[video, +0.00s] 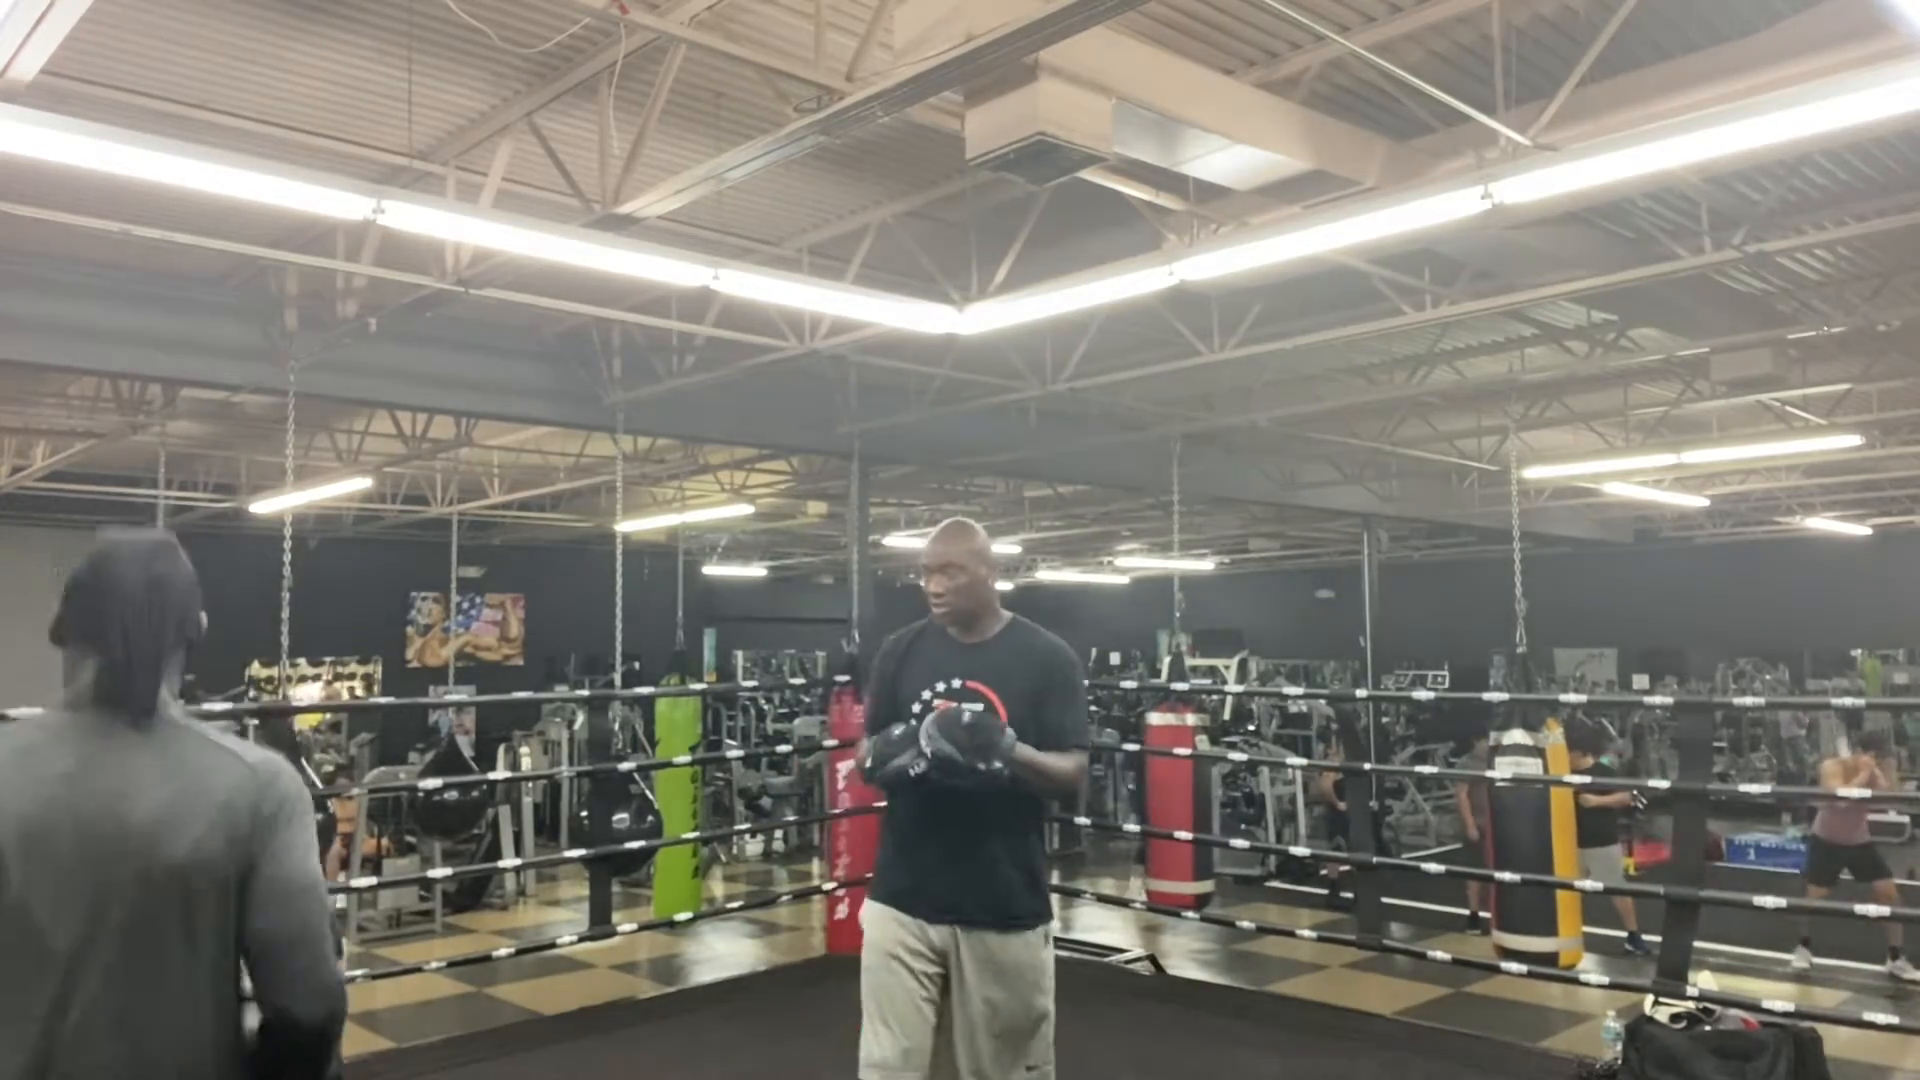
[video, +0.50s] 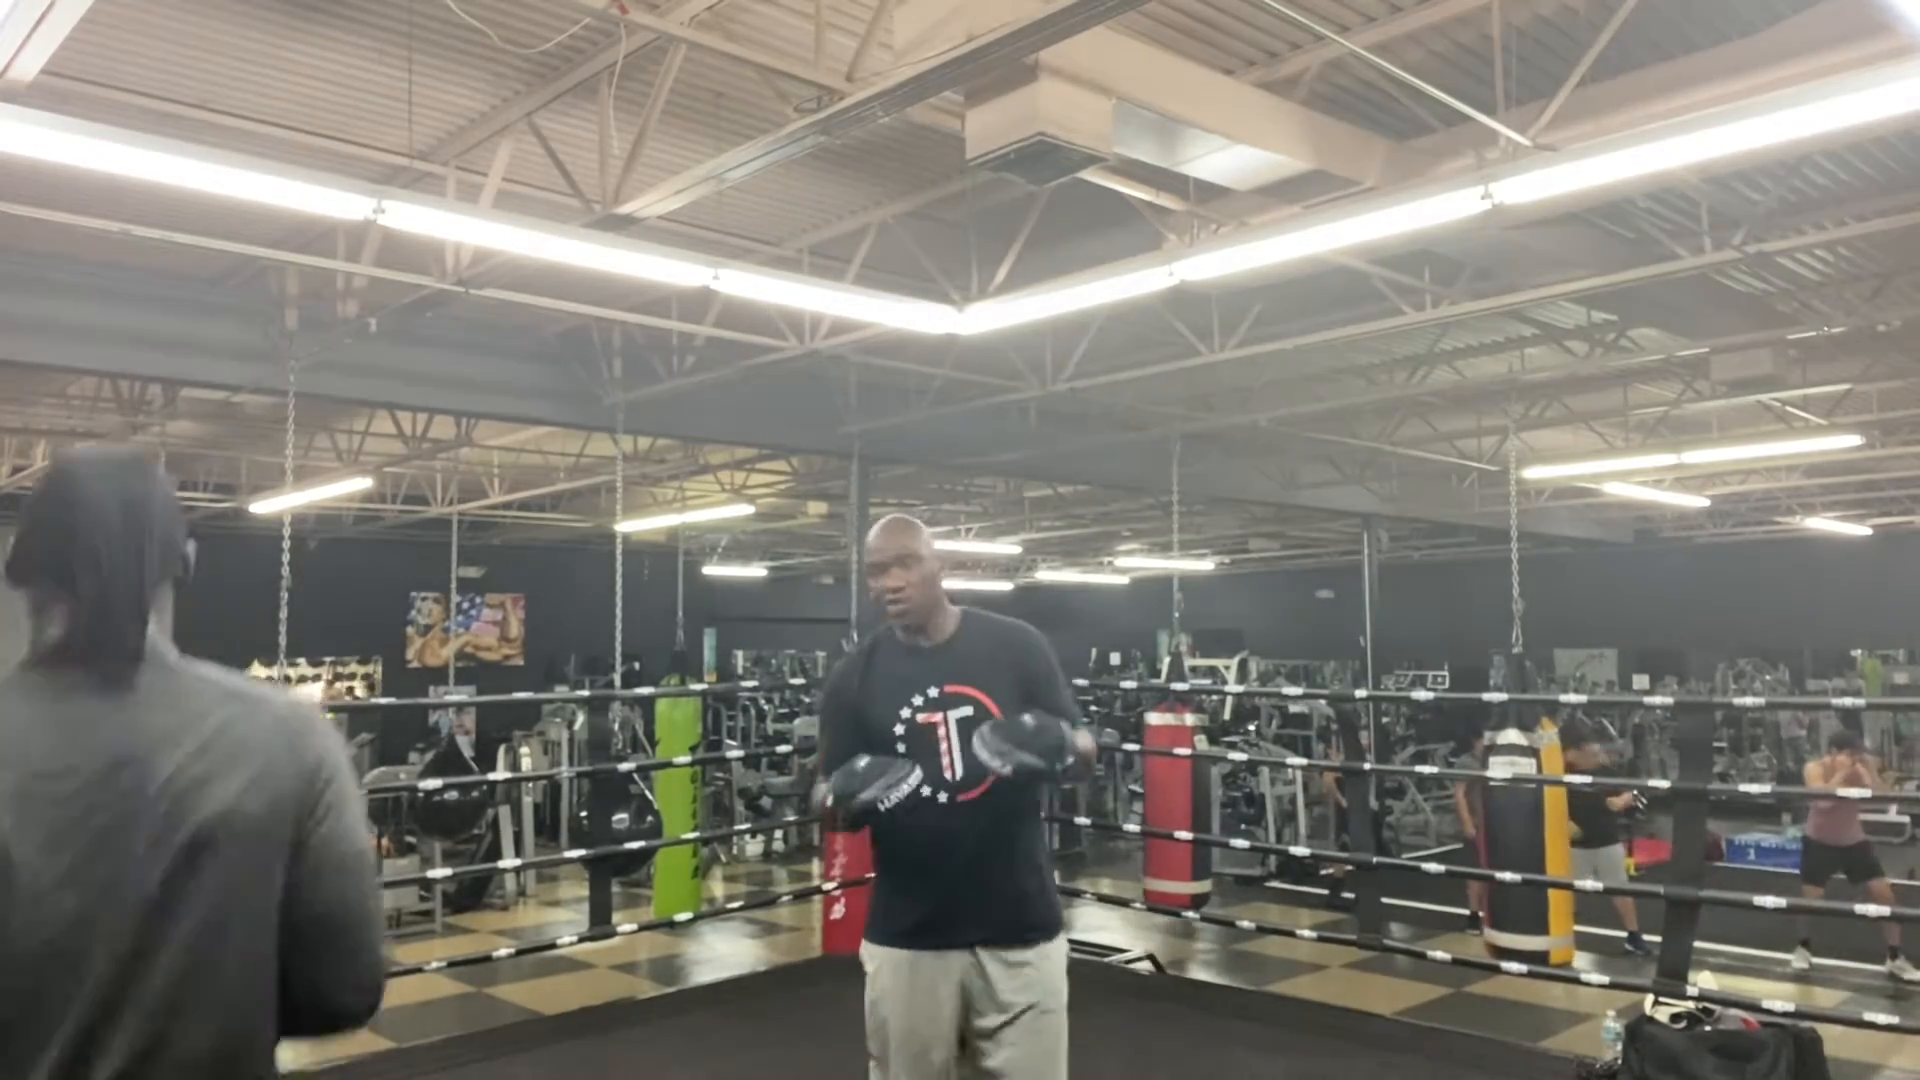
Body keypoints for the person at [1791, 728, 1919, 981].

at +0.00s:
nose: (1871, 761)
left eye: (1876, 758)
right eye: (1869, 755)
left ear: (1878, 758)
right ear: (1858, 752)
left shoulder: (1875, 772)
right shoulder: (1831, 767)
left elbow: (1887, 799)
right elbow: (1838, 797)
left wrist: (1875, 773)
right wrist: (1864, 773)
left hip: (1859, 843)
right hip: (1826, 842)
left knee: (1889, 894)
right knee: (1815, 895)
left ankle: (1895, 957)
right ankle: (1803, 947)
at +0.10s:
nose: (1862, 763)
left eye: (1867, 758)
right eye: (1858, 757)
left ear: (1870, 759)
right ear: (1847, 754)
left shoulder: (1870, 772)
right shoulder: (1826, 767)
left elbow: (1884, 802)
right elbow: (1832, 795)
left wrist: (1872, 774)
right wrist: (1855, 776)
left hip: (1856, 843)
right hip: (1822, 842)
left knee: (1886, 894)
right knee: (1813, 897)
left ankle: (1895, 957)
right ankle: (1803, 948)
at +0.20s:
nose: (1858, 762)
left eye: (1862, 757)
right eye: (1854, 756)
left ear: (1866, 757)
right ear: (1841, 752)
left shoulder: (1868, 769)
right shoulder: (1821, 767)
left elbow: (1883, 802)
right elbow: (1826, 798)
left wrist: (1870, 776)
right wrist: (1849, 773)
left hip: (1855, 843)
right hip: (1820, 843)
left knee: (1884, 895)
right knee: (1810, 898)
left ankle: (1895, 957)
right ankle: (1803, 948)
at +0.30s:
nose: (1854, 759)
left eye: (1859, 754)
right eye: (1850, 753)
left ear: (1862, 754)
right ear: (1838, 751)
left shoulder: (1865, 769)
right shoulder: (1818, 767)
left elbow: (1885, 798)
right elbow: (1822, 799)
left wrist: (1866, 773)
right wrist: (1845, 773)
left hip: (1854, 843)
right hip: (1819, 843)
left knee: (1883, 896)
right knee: (1810, 898)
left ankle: (1894, 958)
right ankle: (1803, 948)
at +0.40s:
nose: (1852, 759)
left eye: (1856, 756)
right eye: (1849, 754)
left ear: (1858, 756)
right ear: (1835, 752)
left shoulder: (1860, 769)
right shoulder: (1814, 768)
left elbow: (1884, 795)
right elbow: (1822, 801)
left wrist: (1864, 771)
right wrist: (1842, 773)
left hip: (1854, 844)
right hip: (1819, 844)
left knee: (1883, 898)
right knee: (1810, 899)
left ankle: (1894, 957)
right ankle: (1803, 948)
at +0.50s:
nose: (1852, 760)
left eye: (1855, 756)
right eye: (1848, 755)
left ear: (1858, 756)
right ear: (1833, 753)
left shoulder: (1861, 769)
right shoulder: (1814, 768)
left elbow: (1883, 796)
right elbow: (1820, 800)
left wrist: (1864, 772)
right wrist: (1841, 773)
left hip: (1854, 844)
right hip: (1819, 844)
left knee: (1884, 895)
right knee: (1811, 898)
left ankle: (1895, 957)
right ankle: (1803, 948)